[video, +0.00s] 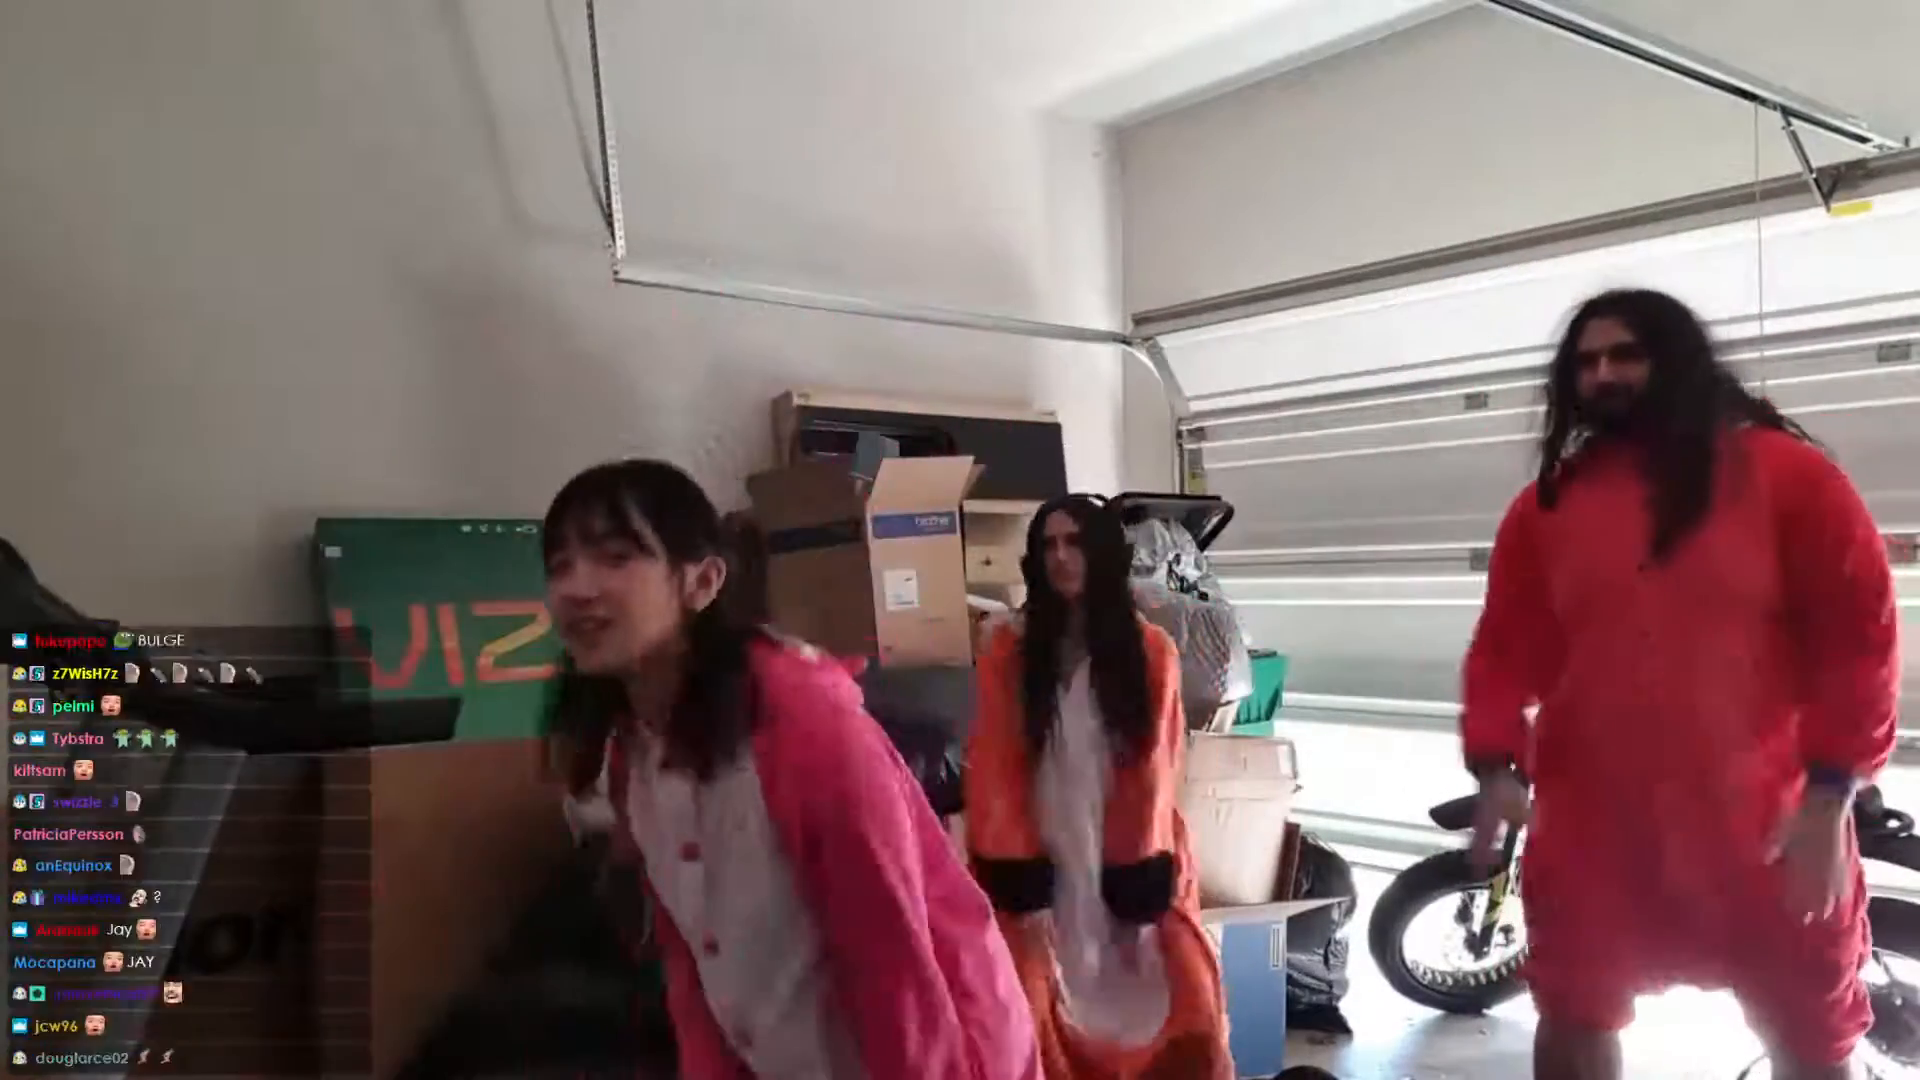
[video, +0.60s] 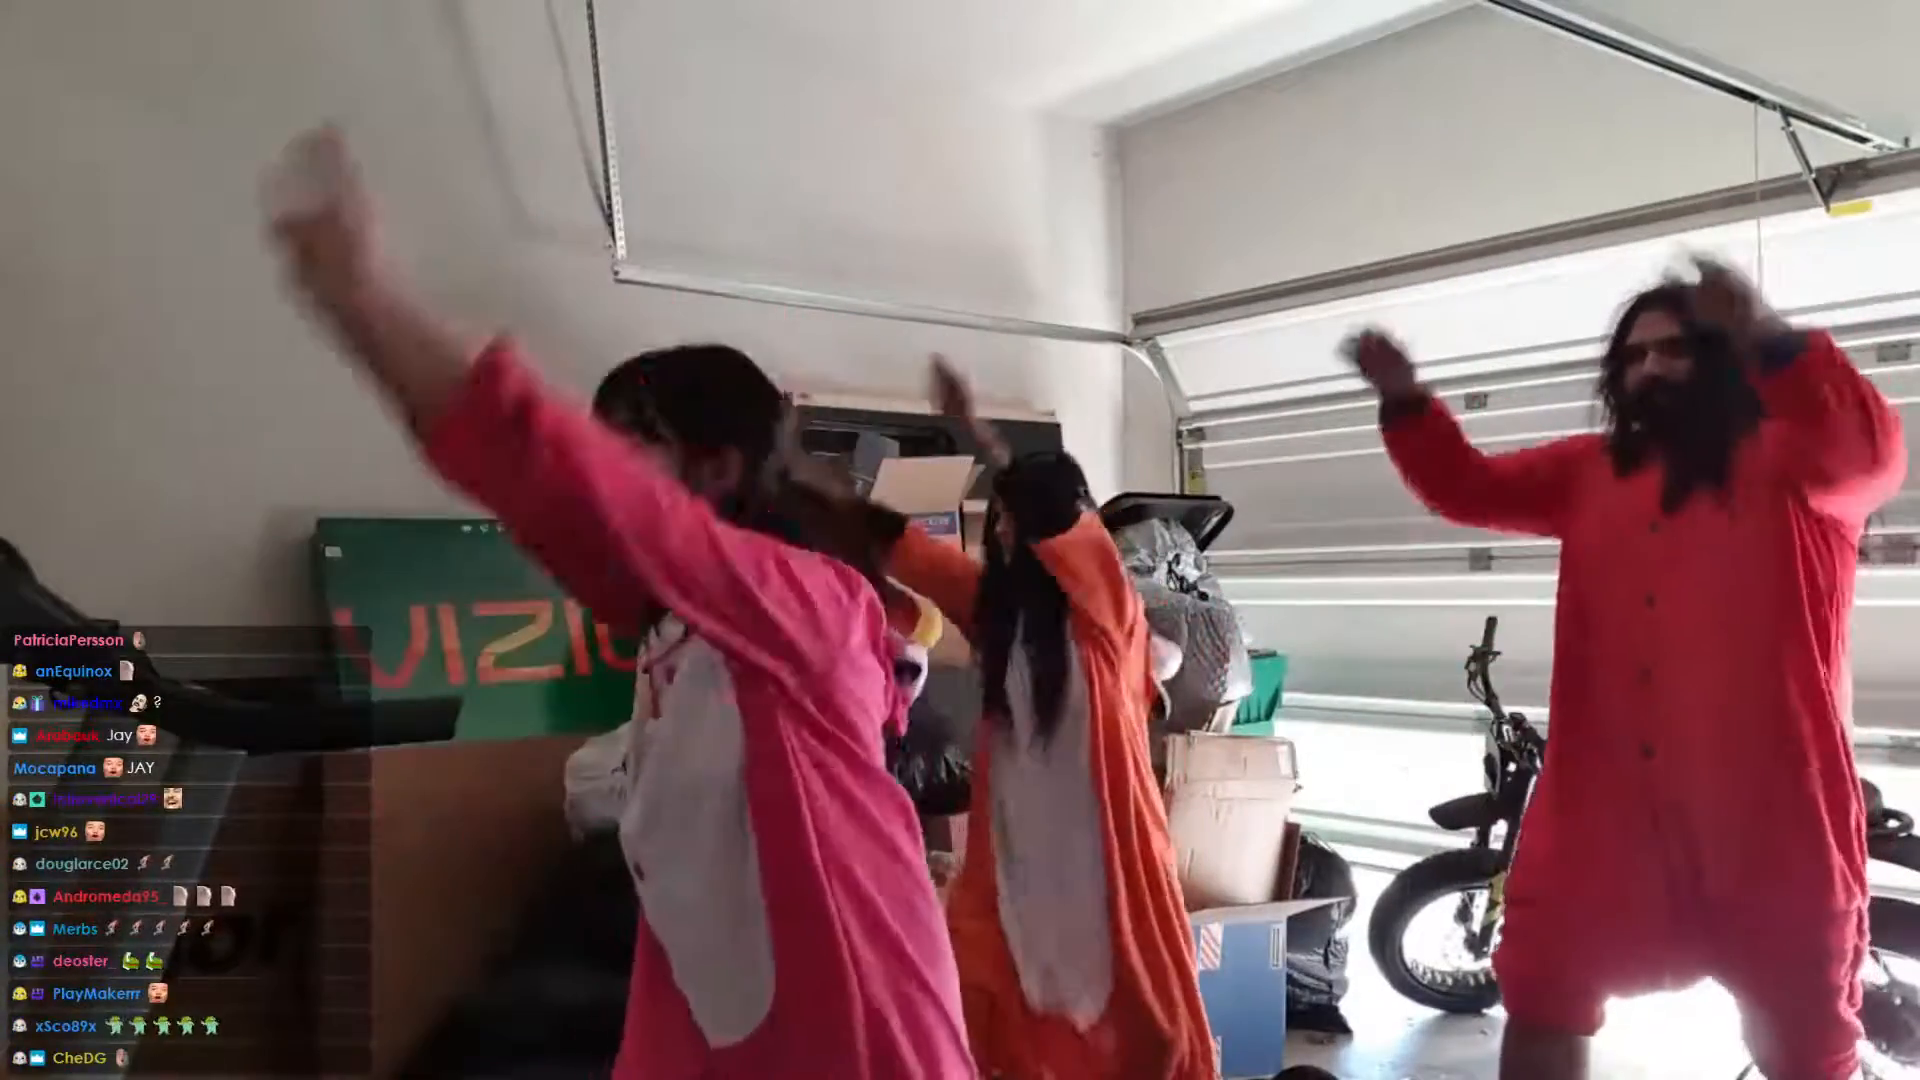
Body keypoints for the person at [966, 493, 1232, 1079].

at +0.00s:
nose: (1061, 557)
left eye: (1075, 543)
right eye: (1049, 545)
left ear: (1105, 551)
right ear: (1036, 558)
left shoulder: (1149, 649)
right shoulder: (1008, 650)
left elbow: (1155, 764)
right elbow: (993, 761)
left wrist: (1141, 885)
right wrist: (1011, 868)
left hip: (1126, 861)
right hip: (1042, 861)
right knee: (1032, 1001)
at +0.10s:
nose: (1045, 508)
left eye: (1060, 495)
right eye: (1037, 496)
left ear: (1093, 505)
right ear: (1025, 507)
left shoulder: (1129, 597)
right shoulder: (1001, 596)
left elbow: (1120, 695)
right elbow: (970, 693)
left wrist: (1090, 783)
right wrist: (949, 782)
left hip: (1096, 811)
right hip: (1007, 811)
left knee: (1133, 966)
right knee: (1014, 967)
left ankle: (1172, 1065)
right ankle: (1035, 1068)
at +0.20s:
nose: (1039, 481)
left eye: (1054, 467)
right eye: (1030, 469)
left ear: (1091, 474)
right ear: (1019, 478)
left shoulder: (1126, 553)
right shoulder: (999, 554)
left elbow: (1087, 607)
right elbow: (900, 574)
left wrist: (1013, 554)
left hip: (1097, 769)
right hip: (1004, 769)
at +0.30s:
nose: (1048, 493)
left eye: (1063, 479)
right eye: (1037, 478)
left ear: (1095, 484)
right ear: (1018, 482)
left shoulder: (1117, 559)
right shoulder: (986, 550)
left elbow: (1075, 489)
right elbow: (898, 499)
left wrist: (1027, 401)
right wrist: (849, 422)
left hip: (1102, 803)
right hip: (1004, 805)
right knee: (973, 968)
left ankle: (1178, 1057)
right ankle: (967, 1057)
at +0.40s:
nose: (998, 530)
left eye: (1013, 517)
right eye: (997, 518)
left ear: (1053, 529)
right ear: (992, 528)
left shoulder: (1089, 613)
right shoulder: (992, 607)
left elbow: (1098, 519)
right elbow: (961, 495)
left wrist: (1086, 395)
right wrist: (979, 389)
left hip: (1093, 860)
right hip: (1000, 861)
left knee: (1150, 1031)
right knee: (948, 1025)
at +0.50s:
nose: (993, 550)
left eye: (1008, 534)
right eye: (992, 536)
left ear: (1051, 541)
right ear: (989, 548)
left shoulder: (1090, 635)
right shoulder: (992, 630)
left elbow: (1092, 523)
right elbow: (946, 524)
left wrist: (1064, 394)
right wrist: (941, 417)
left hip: (1085, 881)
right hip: (995, 886)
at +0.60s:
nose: (1003, 534)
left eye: (1015, 518)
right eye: (999, 522)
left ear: (1055, 523)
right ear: (997, 534)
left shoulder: (1107, 613)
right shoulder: (997, 607)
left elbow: (1063, 521)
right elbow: (898, 546)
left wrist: (977, 433)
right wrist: (789, 480)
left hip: (1106, 859)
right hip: (1008, 861)